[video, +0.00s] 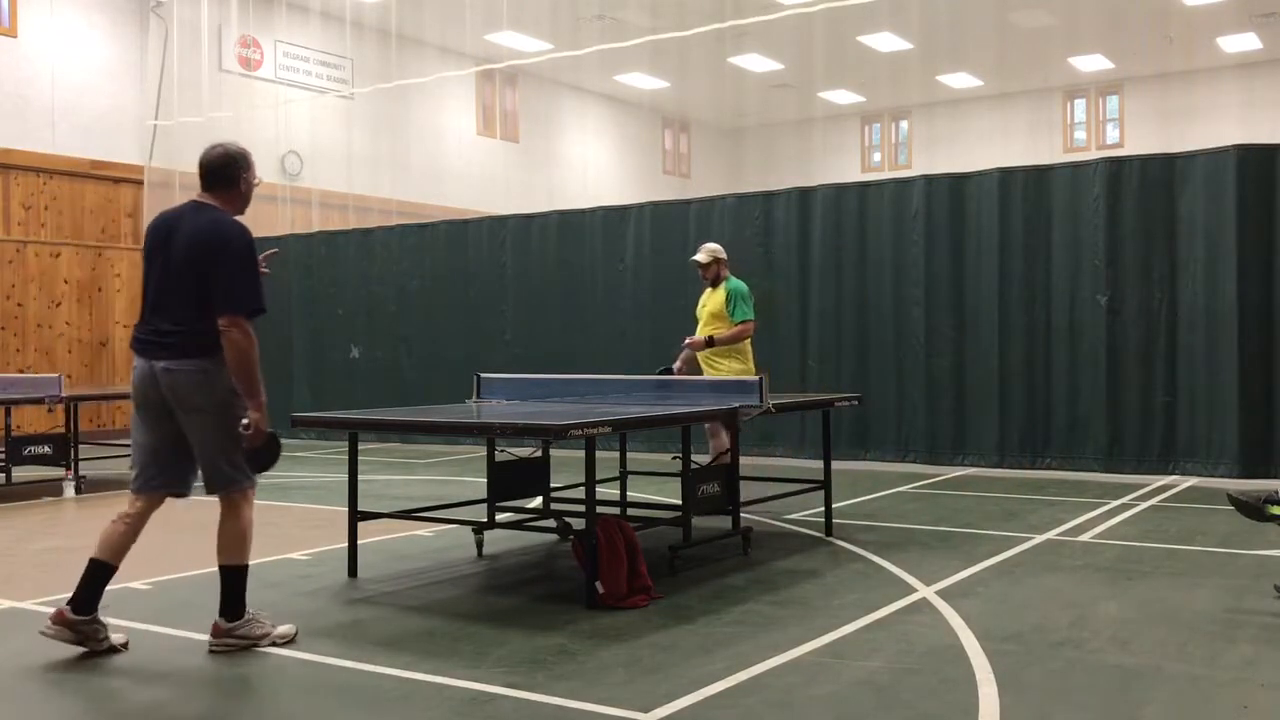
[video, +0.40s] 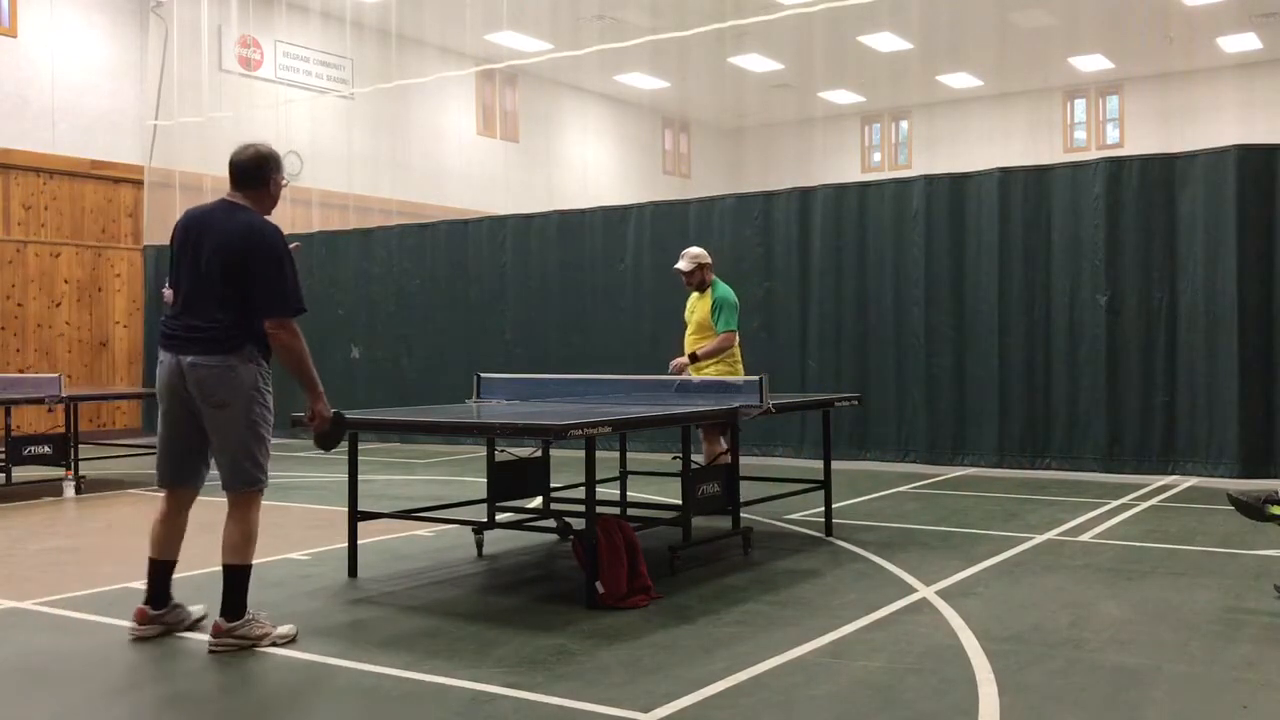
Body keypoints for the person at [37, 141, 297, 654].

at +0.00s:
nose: (256, 184)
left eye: (254, 176)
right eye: (254, 177)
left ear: (203, 181)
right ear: (243, 183)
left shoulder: (162, 224)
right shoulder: (232, 236)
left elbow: (178, 293)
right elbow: (232, 326)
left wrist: (241, 275)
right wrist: (257, 405)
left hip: (149, 371)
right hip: (202, 375)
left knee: (146, 493)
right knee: (237, 492)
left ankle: (79, 609)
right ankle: (233, 618)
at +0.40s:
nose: (283, 190)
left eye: (282, 182)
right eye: (283, 183)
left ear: (233, 181)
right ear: (272, 185)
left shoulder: (191, 222)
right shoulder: (266, 237)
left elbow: (174, 296)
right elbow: (280, 329)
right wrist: (317, 393)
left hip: (174, 366)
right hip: (232, 372)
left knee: (177, 490)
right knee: (244, 495)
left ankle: (156, 605)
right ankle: (234, 619)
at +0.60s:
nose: (267, 192)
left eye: (265, 184)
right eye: (266, 184)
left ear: (216, 183)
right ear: (256, 186)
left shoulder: (179, 229)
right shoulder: (252, 239)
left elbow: (185, 297)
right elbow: (267, 328)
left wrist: (257, 267)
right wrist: (302, 394)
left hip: (174, 371)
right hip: (229, 374)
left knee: (198, 490)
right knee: (248, 495)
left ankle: (175, 604)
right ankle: (235, 619)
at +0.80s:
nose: (248, 191)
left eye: (246, 183)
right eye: (246, 184)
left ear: (198, 185)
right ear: (236, 186)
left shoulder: (163, 233)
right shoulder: (233, 238)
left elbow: (184, 293)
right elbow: (238, 322)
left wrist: (243, 272)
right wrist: (268, 395)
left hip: (164, 374)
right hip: (214, 375)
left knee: (197, 490)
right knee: (242, 493)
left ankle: (175, 604)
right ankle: (235, 618)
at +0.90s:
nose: (242, 193)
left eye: (240, 185)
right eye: (240, 185)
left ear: (192, 186)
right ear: (229, 187)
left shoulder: (160, 232)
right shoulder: (223, 235)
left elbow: (177, 290)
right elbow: (224, 319)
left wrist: (238, 273)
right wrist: (249, 392)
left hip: (157, 372)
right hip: (200, 374)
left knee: (188, 490)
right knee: (237, 491)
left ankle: (175, 604)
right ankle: (234, 616)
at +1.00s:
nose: (238, 196)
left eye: (237, 188)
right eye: (237, 189)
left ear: (190, 187)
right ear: (226, 189)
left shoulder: (158, 232)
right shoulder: (217, 234)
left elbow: (175, 287)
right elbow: (211, 315)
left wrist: (235, 276)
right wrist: (235, 387)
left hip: (149, 369)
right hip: (189, 371)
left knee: (181, 488)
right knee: (232, 487)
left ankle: (174, 604)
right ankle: (232, 614)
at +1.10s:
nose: (237, 198)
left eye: (236, 190)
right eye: (236, 190)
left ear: (189, 188)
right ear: (224, 190)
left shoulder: (158, 230)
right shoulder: (210, 232)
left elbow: (180, 294)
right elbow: (200, 312)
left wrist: (238, 281)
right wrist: (224, 386)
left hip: (146, 367)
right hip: (182, 369)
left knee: (177, 489)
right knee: (223, 485)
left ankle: (174, 605)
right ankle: (229, 613)